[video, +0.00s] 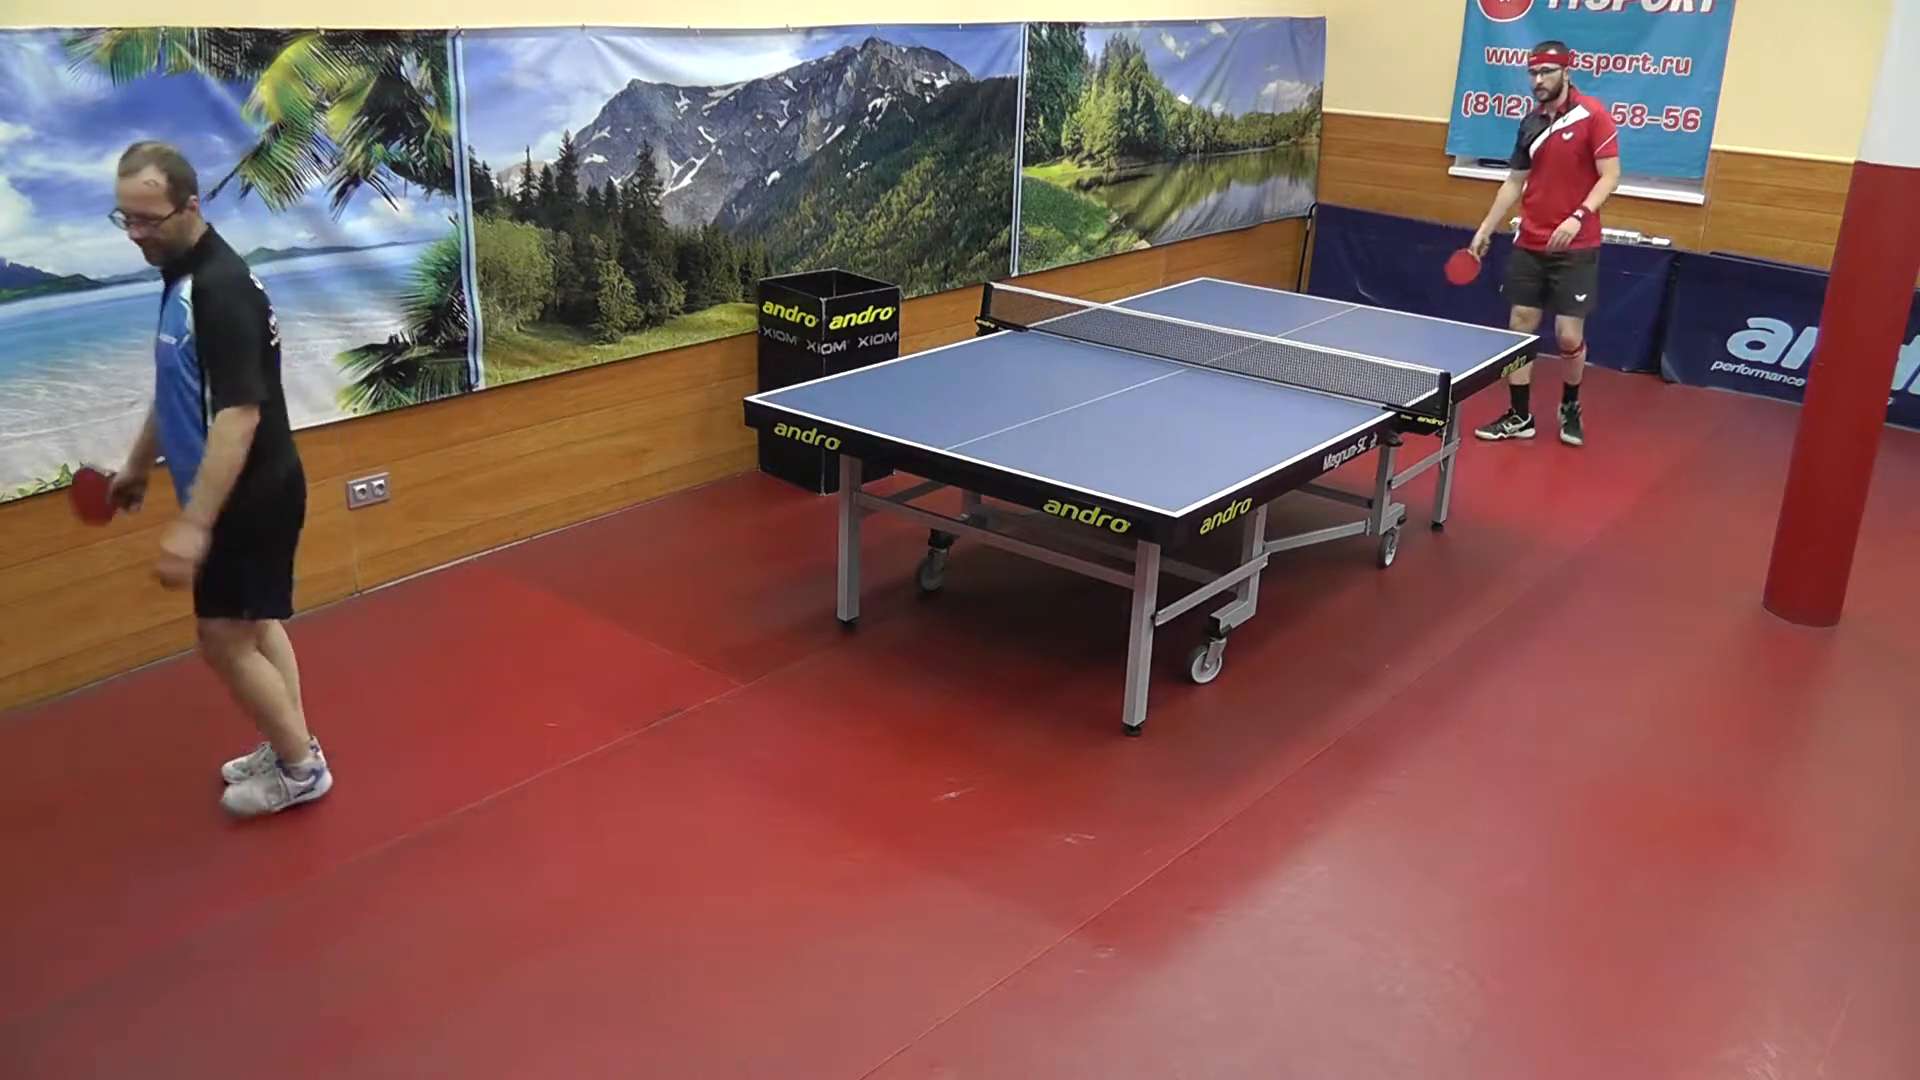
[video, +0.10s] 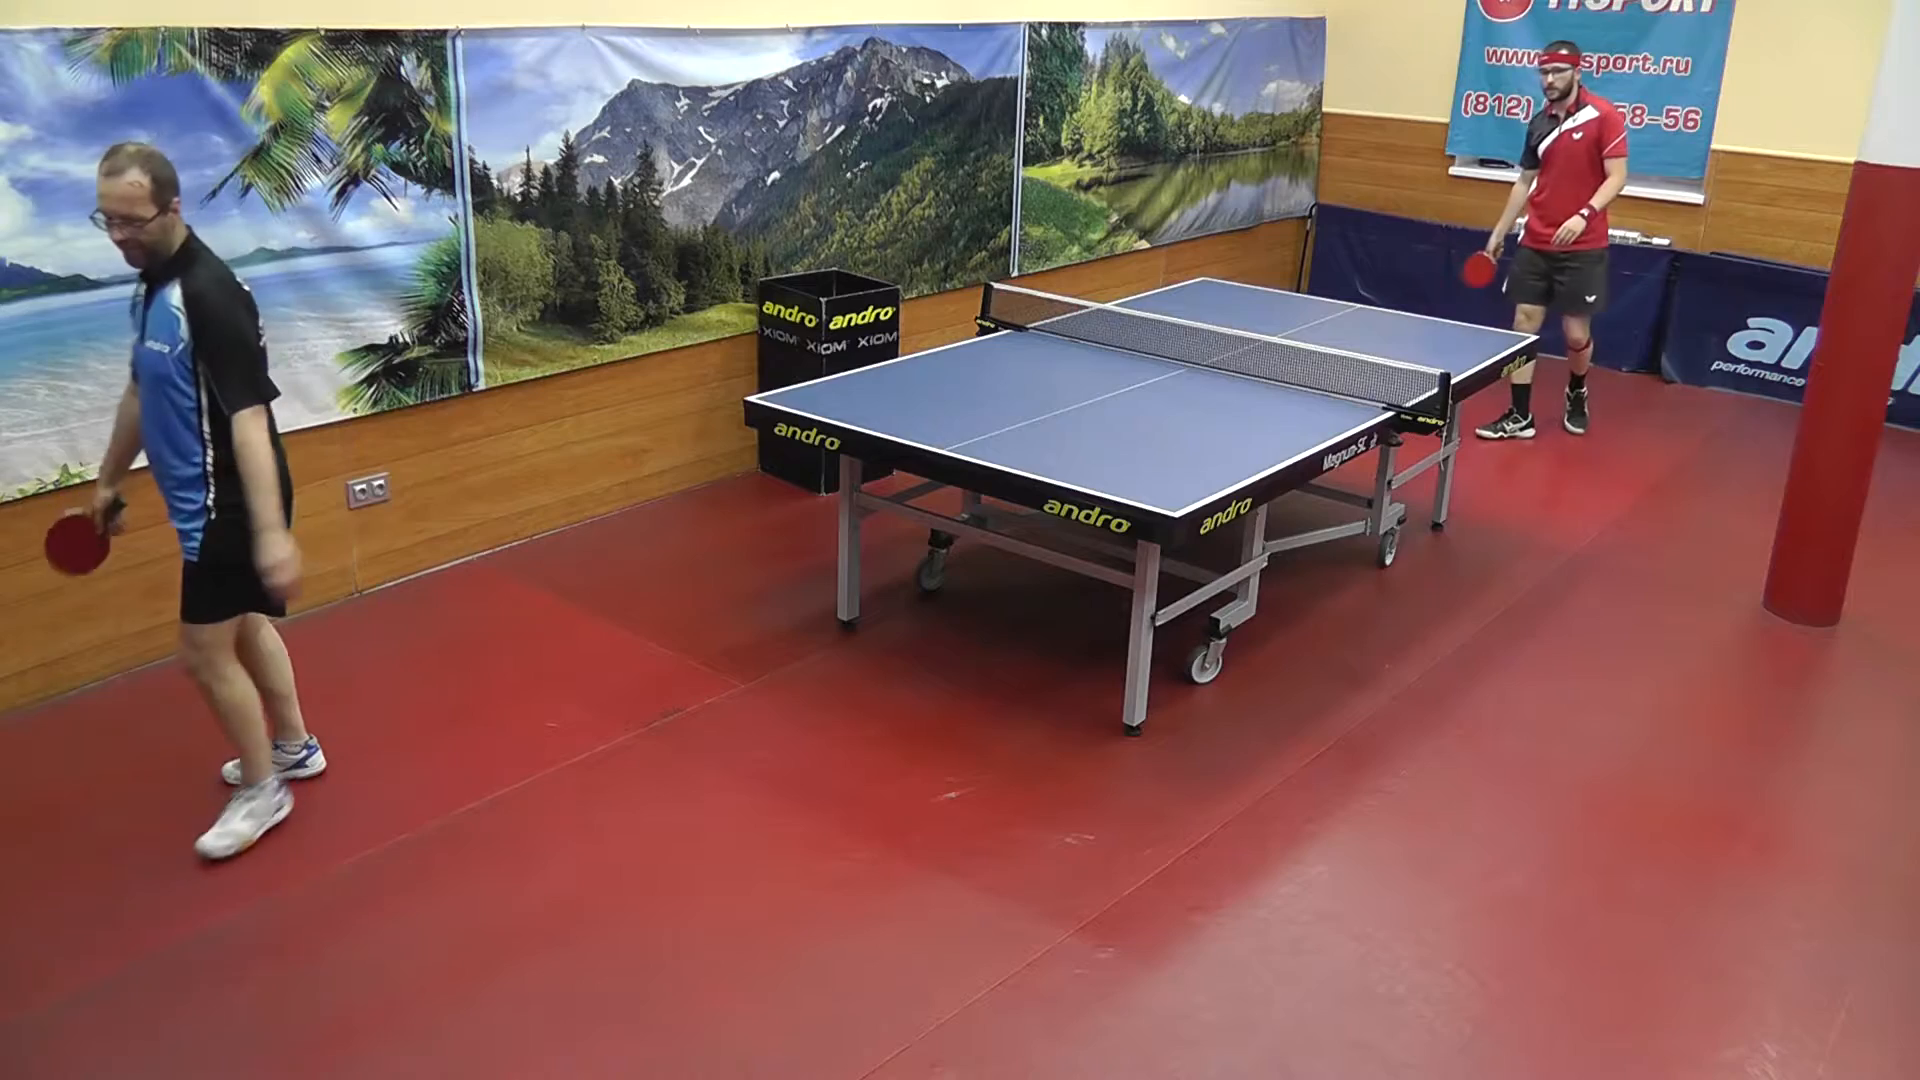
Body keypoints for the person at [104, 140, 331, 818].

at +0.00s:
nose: (133, 234)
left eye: (146, 219)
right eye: (125, 219)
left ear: (189, 207)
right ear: (122, 211)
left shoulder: (219, 285)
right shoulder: (182, 275)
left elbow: (240, 415)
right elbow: (179, 387)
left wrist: (195, 522)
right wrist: (139, 465)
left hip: (252, 488)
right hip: (233, 484)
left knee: (223, 643)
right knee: (258, 624)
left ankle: (301, 769)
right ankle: (291, 747)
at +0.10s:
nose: (117, 235)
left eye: (131, 219)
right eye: (107, 220)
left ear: (171, 208)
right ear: (102, 213)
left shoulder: (211, 291)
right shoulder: (154, 283)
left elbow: (250, 417)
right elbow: (143, 390)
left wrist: (271, 529)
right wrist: (108, 479)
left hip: (230, 503)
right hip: (200, 501)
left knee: (206, 654)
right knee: (247, 626)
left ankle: (264, 787)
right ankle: (292, 743)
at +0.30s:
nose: (81, 260)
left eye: (95, 245)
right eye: (71, 244)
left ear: (135, 232)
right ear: (62, 232)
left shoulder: (185, 312)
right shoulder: (93, 306)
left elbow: (266, 413)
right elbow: (98, 417)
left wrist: (334, 510)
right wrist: (84, 520)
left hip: (210, 527)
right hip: (165, 524)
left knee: (178, 679)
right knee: (234, 631)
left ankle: (179, 847)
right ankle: (291, 737)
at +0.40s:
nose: (68, 272)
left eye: (82, 256)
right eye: (57, 256)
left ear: (121, 243)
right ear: (47, 243)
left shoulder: (173, 326)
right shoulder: (68, 317)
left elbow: (251, 430)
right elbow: (73, 433)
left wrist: (320, 525)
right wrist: (65, 539)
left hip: (188, 543)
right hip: (139, 542)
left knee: (164, 701)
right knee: (213, 649)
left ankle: (174, 862)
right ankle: (279, 731)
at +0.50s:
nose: (59, 283)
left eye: (75, 268)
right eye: (46, 267)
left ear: (112, 249)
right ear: (36, 253)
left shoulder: (164, 338)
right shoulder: (45, 325)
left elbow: (230, 455)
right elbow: (46, 445)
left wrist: (282, 559)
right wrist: (37, 558)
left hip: (169, 565)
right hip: (102, 564)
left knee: (161, 712)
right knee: (135, 682)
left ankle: (174, 863)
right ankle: (239, 724)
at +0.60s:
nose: (48, 290)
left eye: (63, 275)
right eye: (34, 274)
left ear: (99, 255)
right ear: (20, 258)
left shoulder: (153, 342)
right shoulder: (20, 337)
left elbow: (214, 468)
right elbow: (17, 459)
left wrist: (220, 591)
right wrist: (8, 568)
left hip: (153, 582)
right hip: (72, 580)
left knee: (161, 727)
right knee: (80, 714)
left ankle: (174, 864)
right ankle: (183, 748)